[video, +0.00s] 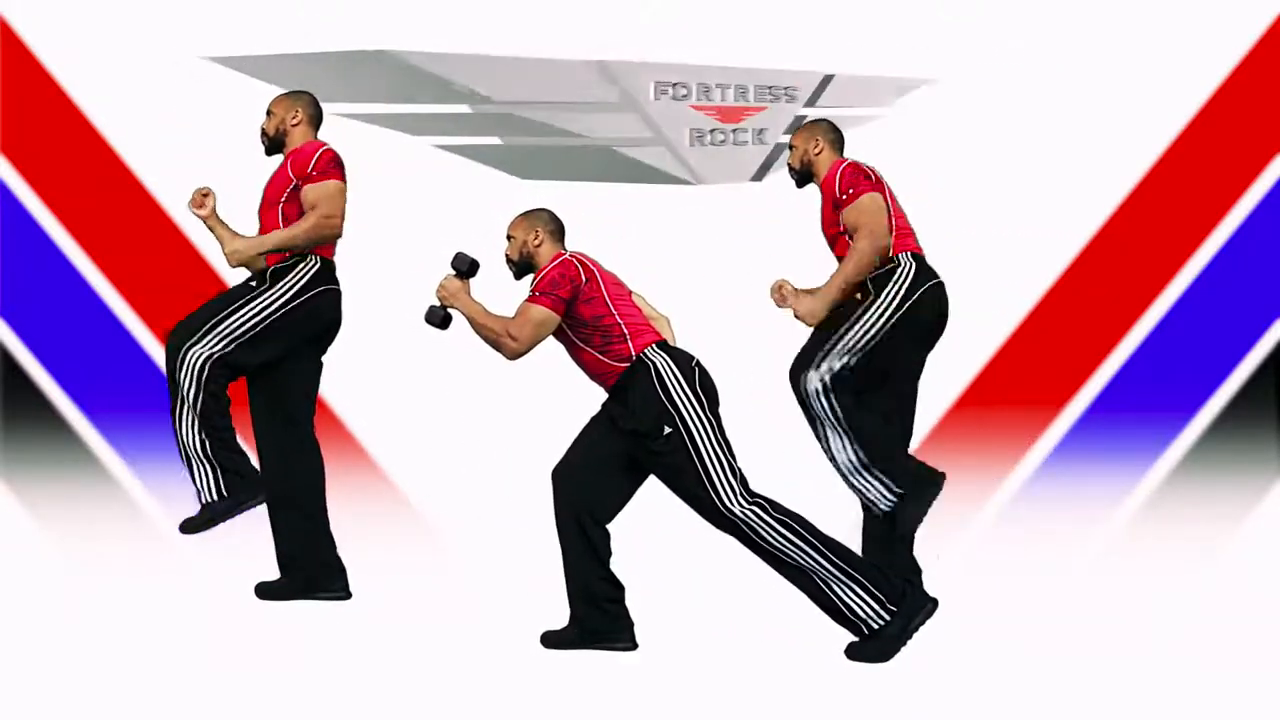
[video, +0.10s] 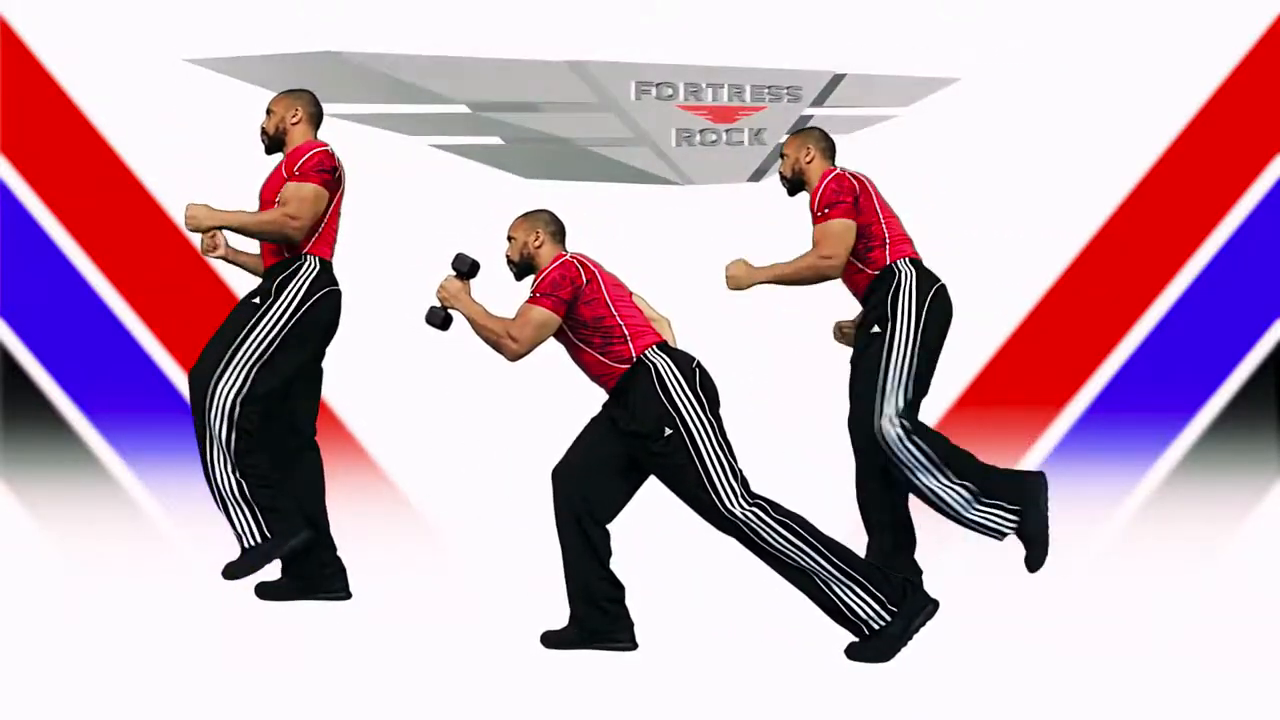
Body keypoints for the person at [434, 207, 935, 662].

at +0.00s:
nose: (505, 248)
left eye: (511, 238)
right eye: (506, 240)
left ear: (541, 237)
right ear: (543, 240)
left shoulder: (562, 269)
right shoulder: (578, 276)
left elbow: (513, 341)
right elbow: (661, 324)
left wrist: (463, 301)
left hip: (660, 382)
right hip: (632, 401)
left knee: (734, 506)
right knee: (574, 488)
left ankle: (885, 609)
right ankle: (601, 622)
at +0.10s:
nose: (506, 248)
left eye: (512, 238)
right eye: (507, 241)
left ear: (541, 237)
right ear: (544, 240)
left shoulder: (562, 269)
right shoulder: (581, 276)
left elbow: (514, 343)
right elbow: (661, 325)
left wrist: (462, 301)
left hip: (660, 384)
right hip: (634, 401)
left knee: (735, 507)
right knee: (574, 487)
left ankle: (887, 610)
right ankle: (601, 622)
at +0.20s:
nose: (507, 251)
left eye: (513, 241)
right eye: (507, 243)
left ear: (541, 238)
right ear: (543, 241)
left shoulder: (563, 270)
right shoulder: (577, 278)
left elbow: (514, 343)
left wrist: (462, 302)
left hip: (660, 384)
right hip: (635, 401)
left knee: (735, 507)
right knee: (573, 487)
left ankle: (888, 610)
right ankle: (601, 623)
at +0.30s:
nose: (507, 251)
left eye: (513, 240)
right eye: (507, 243)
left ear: (541, 238)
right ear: (544, 240)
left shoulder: (563, 270)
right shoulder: (580, 277)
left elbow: (514, 343)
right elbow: (661, 325)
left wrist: (462, 302)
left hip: (660, 385)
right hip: (634, 402)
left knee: (734, 507)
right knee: (573, 487)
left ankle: (887, 610)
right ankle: (601, 623)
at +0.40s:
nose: (506, 250)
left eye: (512, 239)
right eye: (507, 242)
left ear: (541, 237)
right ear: (543, 241)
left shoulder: (562, 269)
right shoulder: (578, 276)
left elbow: (514, 342)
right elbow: (660, 325)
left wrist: (462, 302)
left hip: (659, 384)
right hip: (633, 401)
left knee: (734, 506)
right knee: (573, 487)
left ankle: (887, 610)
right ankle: (600, 622)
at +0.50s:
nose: (506, 250)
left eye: (512, 239)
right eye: (506, 243)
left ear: (541, 236)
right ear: (543, 240)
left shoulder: (563, 267)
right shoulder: (577, 275)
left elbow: (515, 341)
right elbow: (657, 325)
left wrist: (462, 303)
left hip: (657, 385)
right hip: (630, 402)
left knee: (735, 505)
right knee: (572, 488)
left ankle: (886, 609)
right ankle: (601, 622)